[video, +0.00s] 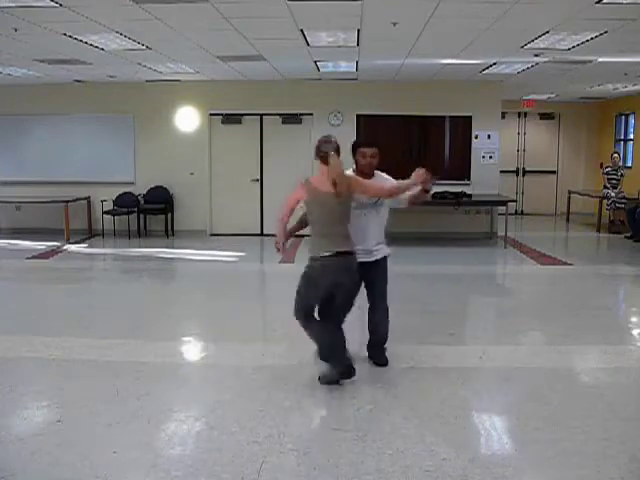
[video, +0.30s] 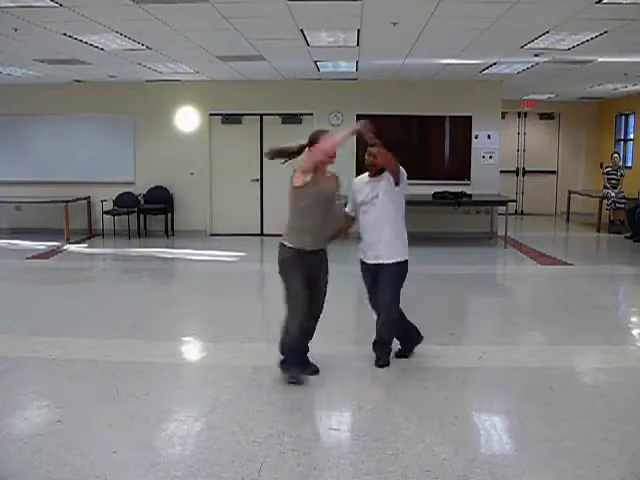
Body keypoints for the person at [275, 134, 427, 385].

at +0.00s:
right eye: (340, 155)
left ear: (316, 157)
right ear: (339, 155)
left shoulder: (308, 186)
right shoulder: (349, 182)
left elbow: (284, 215)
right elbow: (387, 191)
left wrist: (281, 241)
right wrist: (412, 181)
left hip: (322, 263)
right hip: (348, 261)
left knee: (303, 313)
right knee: (331, 316)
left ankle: (338, 360)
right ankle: (339, 367)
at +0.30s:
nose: (370, 160)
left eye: (375, 156)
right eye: (367, 155)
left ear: (384, 159)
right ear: (363, 158)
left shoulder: (396, 180)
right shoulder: (358, 183)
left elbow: (391, 164)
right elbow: (349, 217)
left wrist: (374, 141)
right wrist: (331, 234)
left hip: (394, 256)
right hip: (369, 256)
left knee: (386, 305)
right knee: (378, 305)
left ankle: (382, 350)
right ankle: (409, 335)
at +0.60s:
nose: (367, 159)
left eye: (373, 155)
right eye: (366, 155)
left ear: (387, 158)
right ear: (367, 158)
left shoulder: (393, 175)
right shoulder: (371, 186)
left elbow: (360, 166)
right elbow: (359, 218)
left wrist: (341, 142)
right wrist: (340, 233)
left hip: (395, 256)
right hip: (375, 257)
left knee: (390, 309)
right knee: (370, 302)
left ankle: (400, 363)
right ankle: (403, 331)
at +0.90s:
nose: (343, 159)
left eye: (348, 155)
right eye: (345, 154)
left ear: (362, 161)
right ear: (358, 160)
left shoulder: (374, 184)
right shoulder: (349, 187)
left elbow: (344, 211)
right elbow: (326, 216)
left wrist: (329, 180)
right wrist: (295, 226)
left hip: (376, 269)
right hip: (352, 269)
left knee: (386, 322)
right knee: (341, 324)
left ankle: (400, 364)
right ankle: (325, 371)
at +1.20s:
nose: (307, 160)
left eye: (310, 156)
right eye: (308, 155)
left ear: (322, 160)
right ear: (322, 161)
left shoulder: (340, 187)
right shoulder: (312, 189)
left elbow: (303, 217)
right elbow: (283, 209)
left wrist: (275, 217)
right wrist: (261, 214)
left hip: (333, 271)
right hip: (312, 269)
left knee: (313, 324)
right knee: (308, 323)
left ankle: (345, 368)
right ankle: (317, 375)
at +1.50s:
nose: (272, 161)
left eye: (274, 157)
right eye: (274, 157)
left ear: (280, 161)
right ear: (302, 161)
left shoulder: (289, 187)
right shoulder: (303, 187)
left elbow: (242, 189)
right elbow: (265, 213)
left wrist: (232, 177)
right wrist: (234, 224)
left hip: (285, 279)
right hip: (296, 277)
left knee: (275, 337)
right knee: (284, 330)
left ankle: (274, 401)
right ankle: (310, 370)